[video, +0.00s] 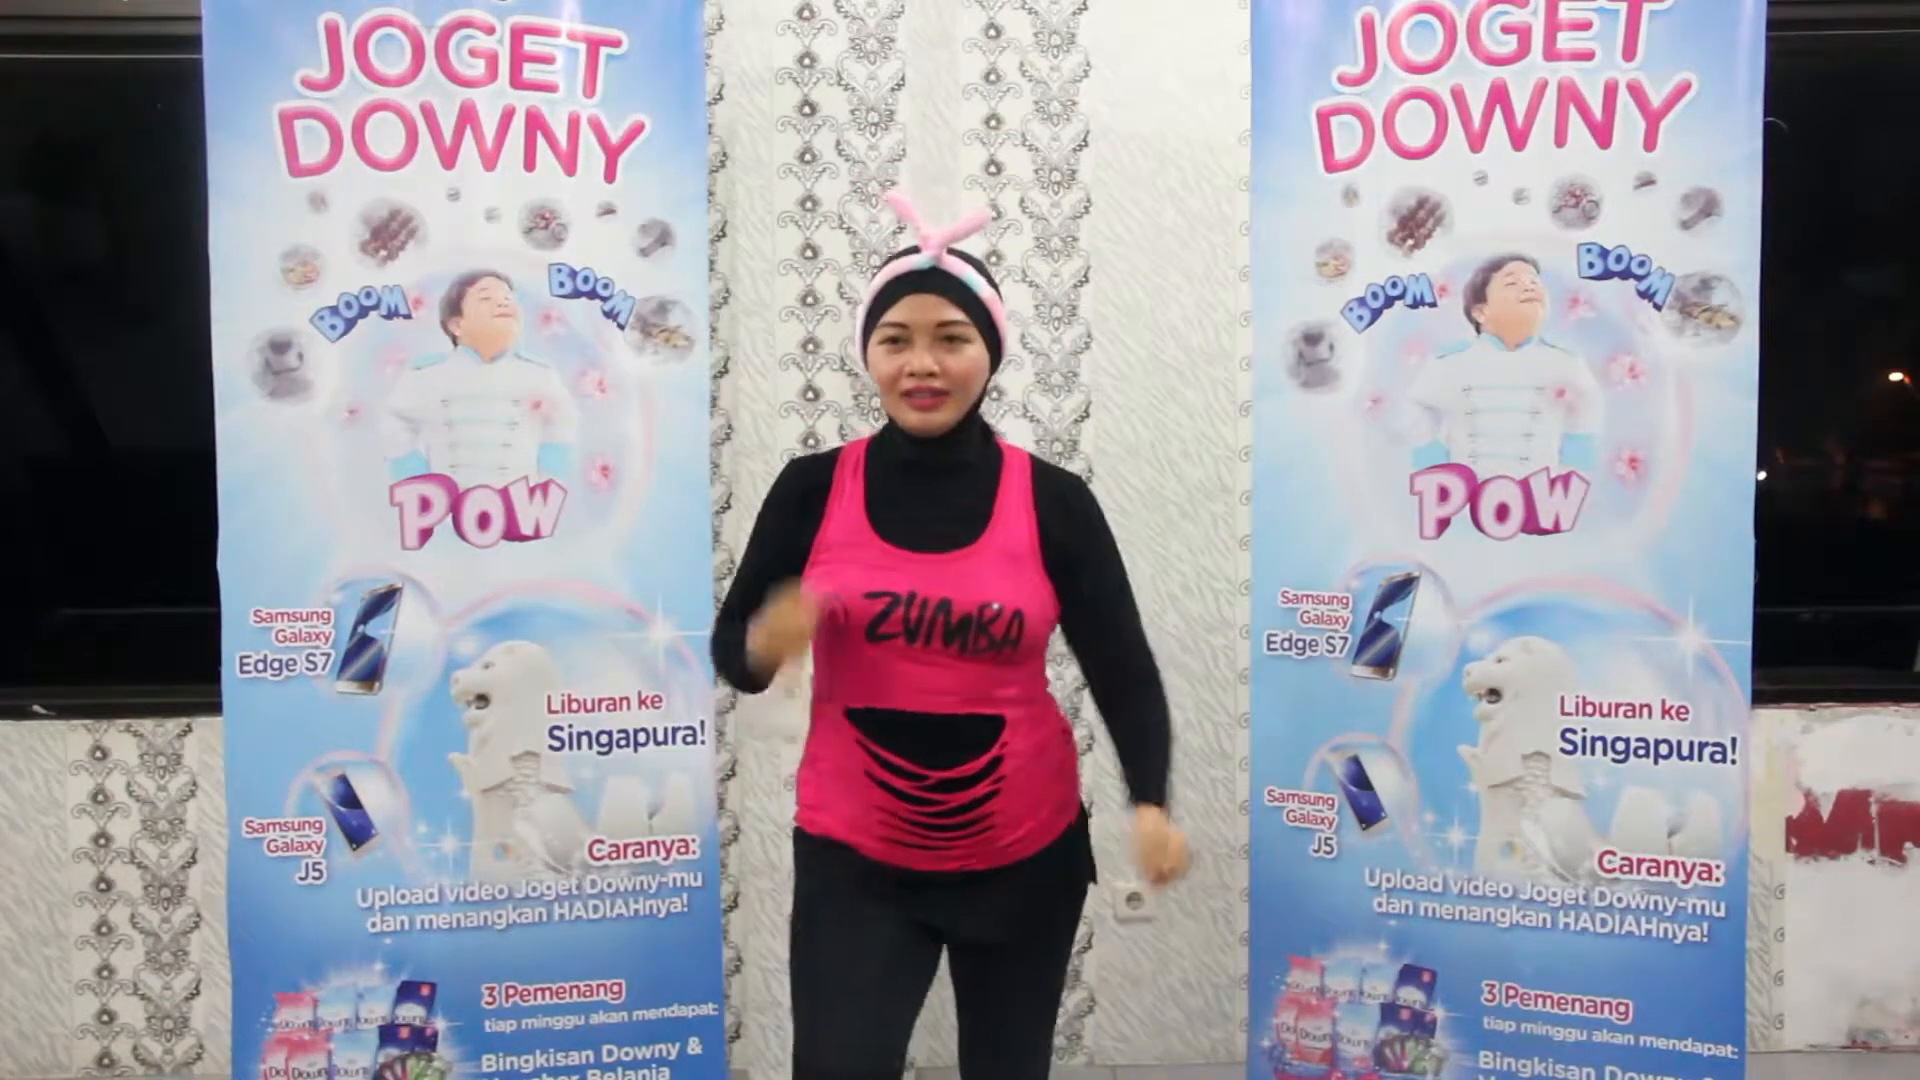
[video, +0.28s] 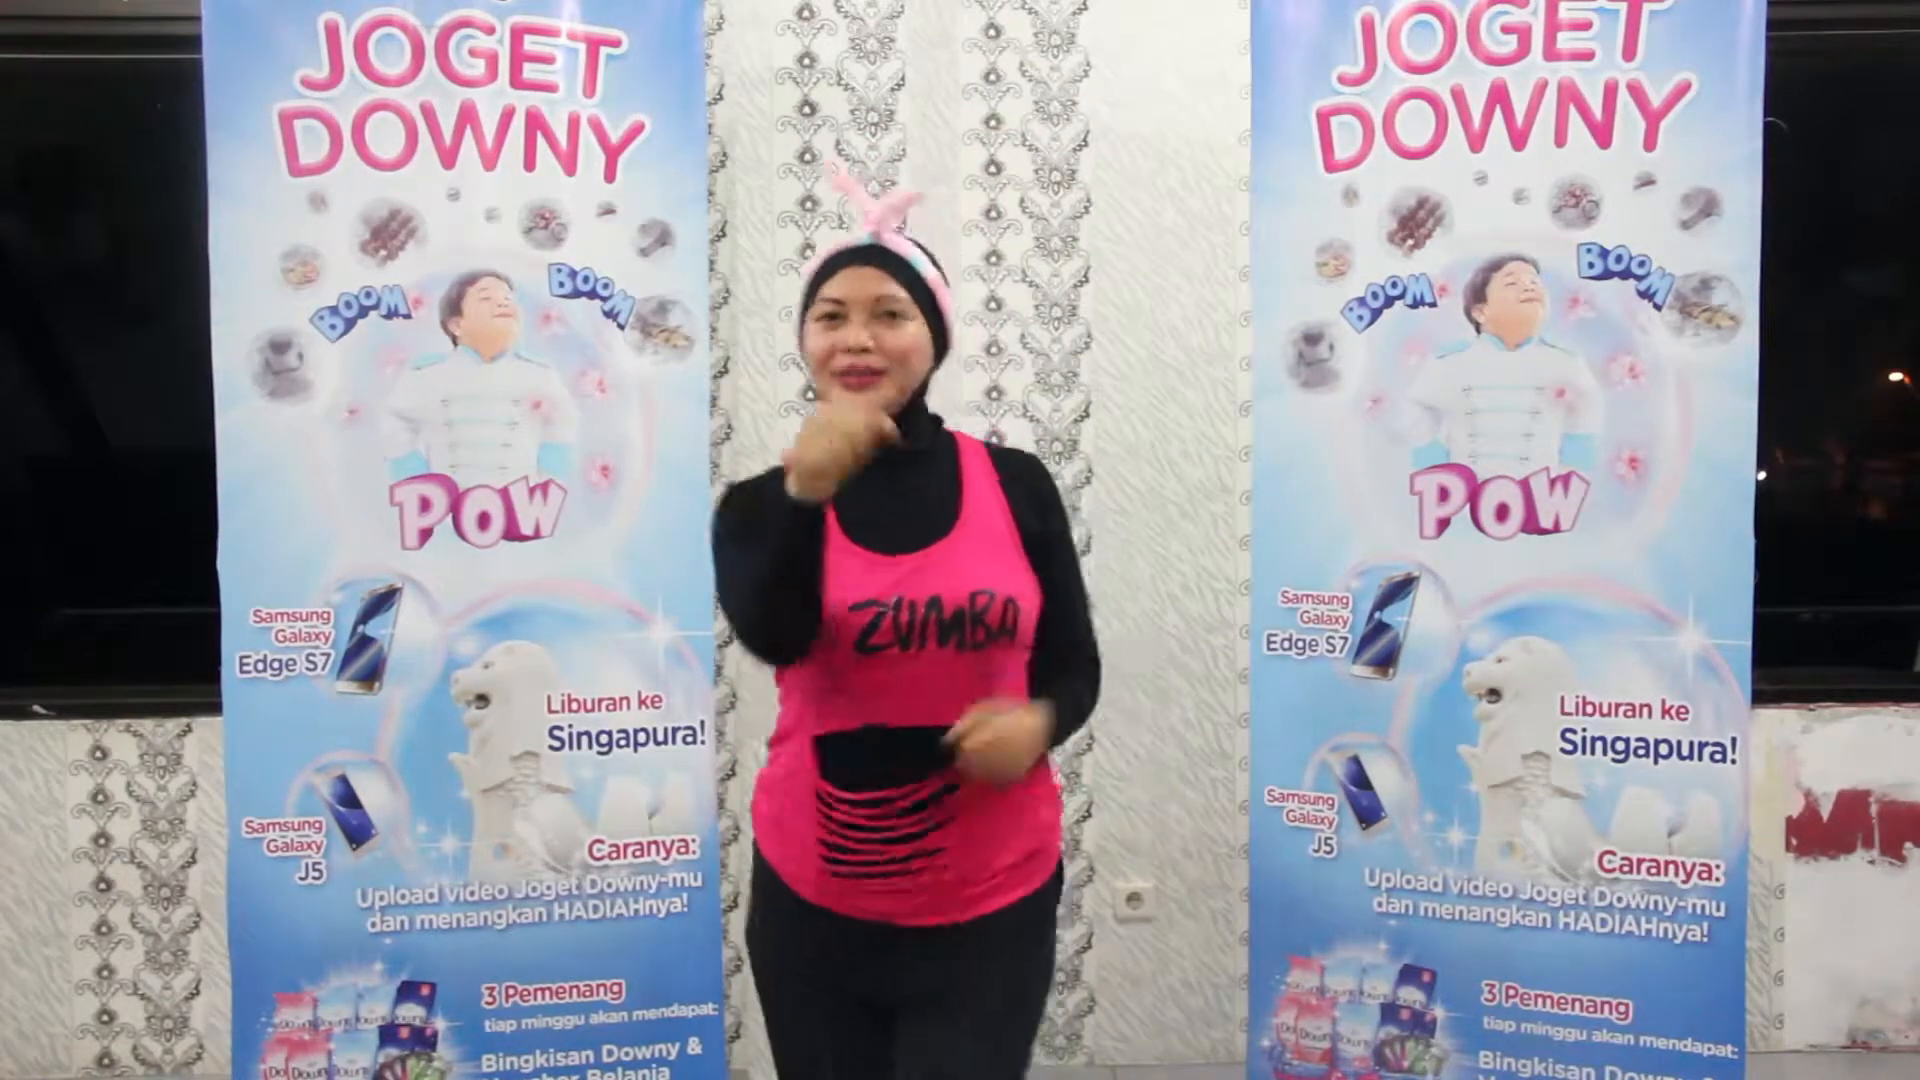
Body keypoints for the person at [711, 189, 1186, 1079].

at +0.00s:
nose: (922, 362)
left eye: (950, 339)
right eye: (898, 340)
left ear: (990, 358)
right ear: (868, 358)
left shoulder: (1054, 503)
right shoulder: (814, 489)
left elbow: (1121, 664)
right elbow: (734, 659)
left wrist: (1148, 798)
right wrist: (770, 635)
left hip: (1021, 858)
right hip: (856, 855)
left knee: (1009, 1068)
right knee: (836, 1065)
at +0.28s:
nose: (857, 338)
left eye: (887, 316)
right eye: (831, 317)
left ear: (934, 343)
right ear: (804, 344)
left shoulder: (1016, 487)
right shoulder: (763, 505)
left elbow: (1073, 661)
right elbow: (776, 639)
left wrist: (1040, 719)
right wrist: (804, 494)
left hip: (990, 903)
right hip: (816, 903)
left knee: (971, 1064)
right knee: (827, 1064)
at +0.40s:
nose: (853, 303)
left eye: (883, 279)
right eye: (823, 284)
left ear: (931, 310)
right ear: (794, 322)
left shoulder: (1009, 459)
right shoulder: (751, 469)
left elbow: (1096, 661)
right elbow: (752, 562)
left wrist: (1057, 608)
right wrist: (825, 617)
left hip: (982, 887)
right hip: (809, 891)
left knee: (941, 1060)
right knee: (823, 1063)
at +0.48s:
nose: (860, 312)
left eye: (891, 286)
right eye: (828, 289)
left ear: (937, 313)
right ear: (796, 323)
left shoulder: (1005, 472)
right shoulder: (747, 477)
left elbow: (1125, 673)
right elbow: (771, 642)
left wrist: (1075, 549)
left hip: (988, 910)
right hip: (812, 917)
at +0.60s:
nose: (881, 373)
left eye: (913, 341)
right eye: (847, 344)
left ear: (960, 366)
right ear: (810, 372)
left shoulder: (1029, 543)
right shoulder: (743, 556)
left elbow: (1173, 704)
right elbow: (710, 804)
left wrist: (1082, 505)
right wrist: (720, 1031)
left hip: (1005, 1011)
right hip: (805, 1015)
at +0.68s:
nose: (894, 378)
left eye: (927, 345)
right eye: (858, 351)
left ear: (975, 372)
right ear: (817, 384)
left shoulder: (1055, 551)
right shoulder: (751, 570)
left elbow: (1193, 662)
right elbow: (688, 800)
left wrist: (1087, 481)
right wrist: (627, 1025)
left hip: (1017, 1036)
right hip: (798, 1034)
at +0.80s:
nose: (893, 303)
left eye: (924, 270)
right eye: (856, 276)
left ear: (979, 300)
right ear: (817, 315)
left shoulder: (1050, 473)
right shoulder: (754, 491)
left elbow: (1176, 561)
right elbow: (697, 664)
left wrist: (1080, 331)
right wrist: (571, 791)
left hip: (1009, 970)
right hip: (798, 962)